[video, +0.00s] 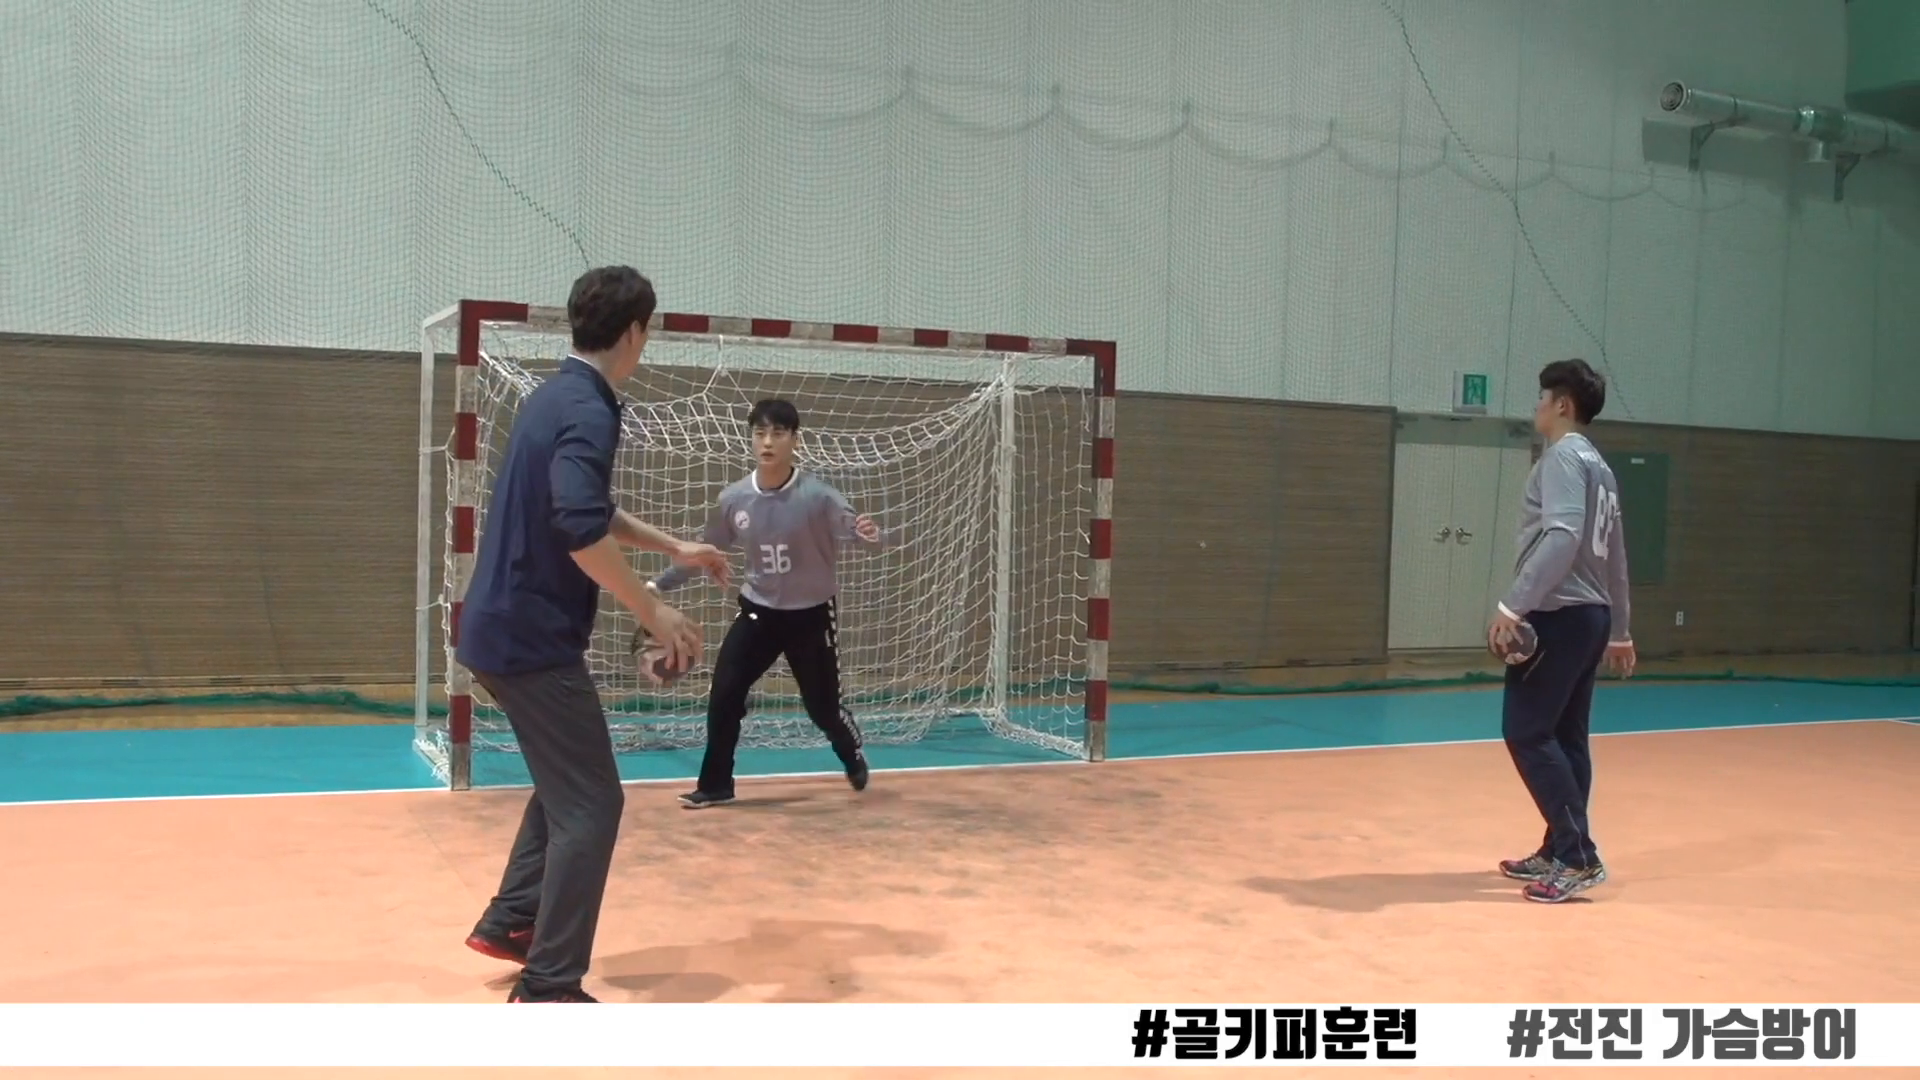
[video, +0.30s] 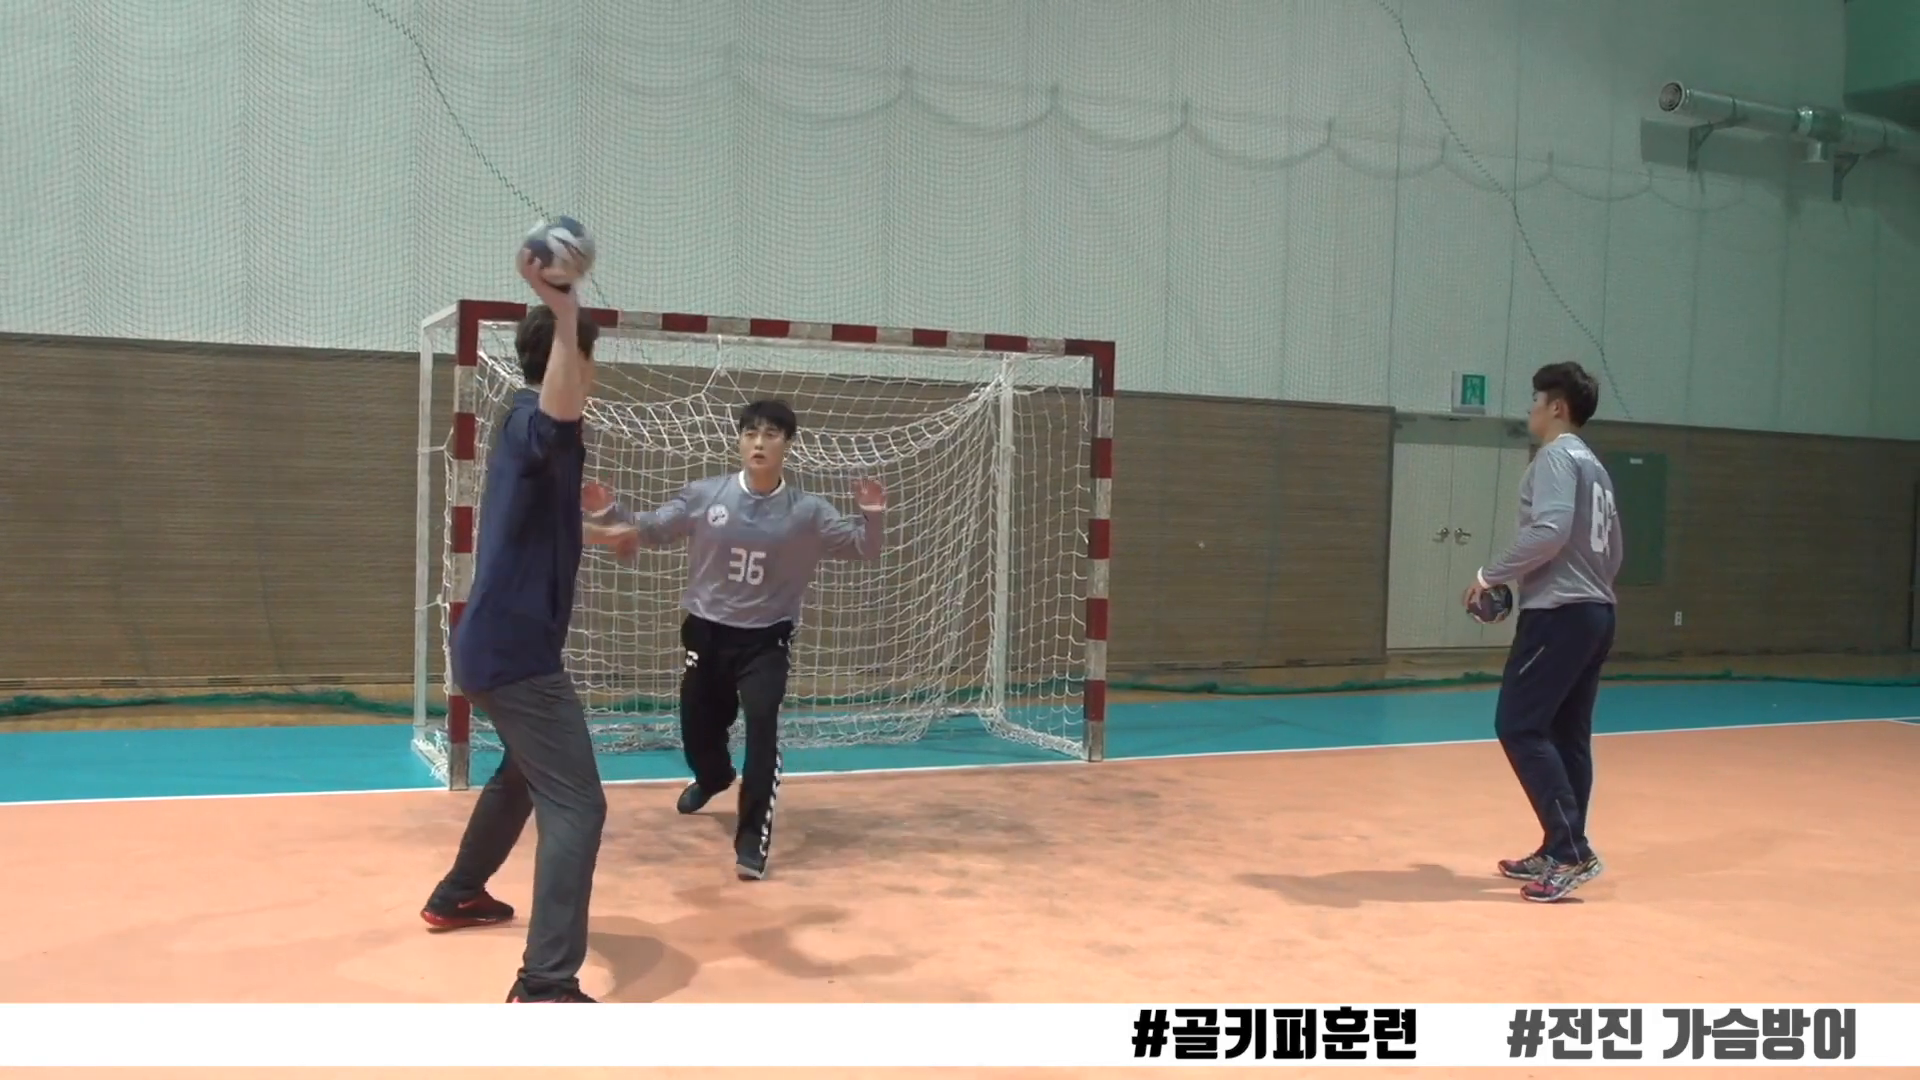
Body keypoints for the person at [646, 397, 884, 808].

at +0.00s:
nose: (767, 442)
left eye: (778, 434)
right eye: (761, 433)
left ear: (795, 442)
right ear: (752, 440)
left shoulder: (817, 495)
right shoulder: (734, 499)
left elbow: (861, 537)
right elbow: (705, 553)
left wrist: (870, 535)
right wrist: (658, 585)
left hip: (810, 617)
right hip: (757, 615)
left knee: (823, 707)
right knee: (724, 695)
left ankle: (853, 757)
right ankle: (716, 785)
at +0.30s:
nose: (759, 443)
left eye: (770, 435)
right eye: (751, 433)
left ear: (787, 446)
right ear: (739, 441)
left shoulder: (809, 512)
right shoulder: (707, 496)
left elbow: (866, 549)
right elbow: (651, 527)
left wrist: (873, 517)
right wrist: (612, 512)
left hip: (766, 637)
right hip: (706, 631)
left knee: (762, 719)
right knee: (697, 732)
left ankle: (753, 837)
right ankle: (715, 775)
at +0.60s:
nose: (706, 313)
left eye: (719, 303)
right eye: (700, 302)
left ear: (745, 313)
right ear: (692, 311)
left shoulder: (770, 367)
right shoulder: (670, 354)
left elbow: (833, 349)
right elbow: (605, 321)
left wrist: (871, 287)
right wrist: (561, 268)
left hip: (717, 518)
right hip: (663, 504)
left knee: (735, 650)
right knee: (571, 492)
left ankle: (761, 774)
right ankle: (554, 594)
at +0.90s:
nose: (677, 281)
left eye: (690, 272)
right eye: (670, 269)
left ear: (712, 280)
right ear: (659, 271)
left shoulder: (723, 359)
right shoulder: (612, 312)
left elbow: (762, 420)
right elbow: (548, 274)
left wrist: (790, 449)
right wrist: (535, 204)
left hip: (662, 482)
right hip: (592, 463)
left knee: (711, 590)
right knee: (487, 468)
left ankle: (757, 718)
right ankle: (419, 575)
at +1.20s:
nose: (651, 455)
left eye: (663, 445)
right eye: (642, 441)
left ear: (675, 456)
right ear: (620, 442)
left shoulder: (667, 535)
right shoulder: (568, 495)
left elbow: (667, 605)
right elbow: (488, 539)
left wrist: (669, 644)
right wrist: (488, 508)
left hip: (600, 658)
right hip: (531, 640)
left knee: (632, 763)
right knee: (458, 749)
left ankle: (627, 866)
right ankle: (395, 862)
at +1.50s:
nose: (681, 456)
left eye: (685, 446)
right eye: (672, 446)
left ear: (686, 449)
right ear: (639, 445)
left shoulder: (694, 521)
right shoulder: (587, 500)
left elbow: (715, 594)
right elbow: (527, 537)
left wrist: (721, 642)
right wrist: (495, 550)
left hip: (641, 654)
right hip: (576, 643)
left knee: (627, 755)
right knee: (502, 725)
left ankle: (614, 868)